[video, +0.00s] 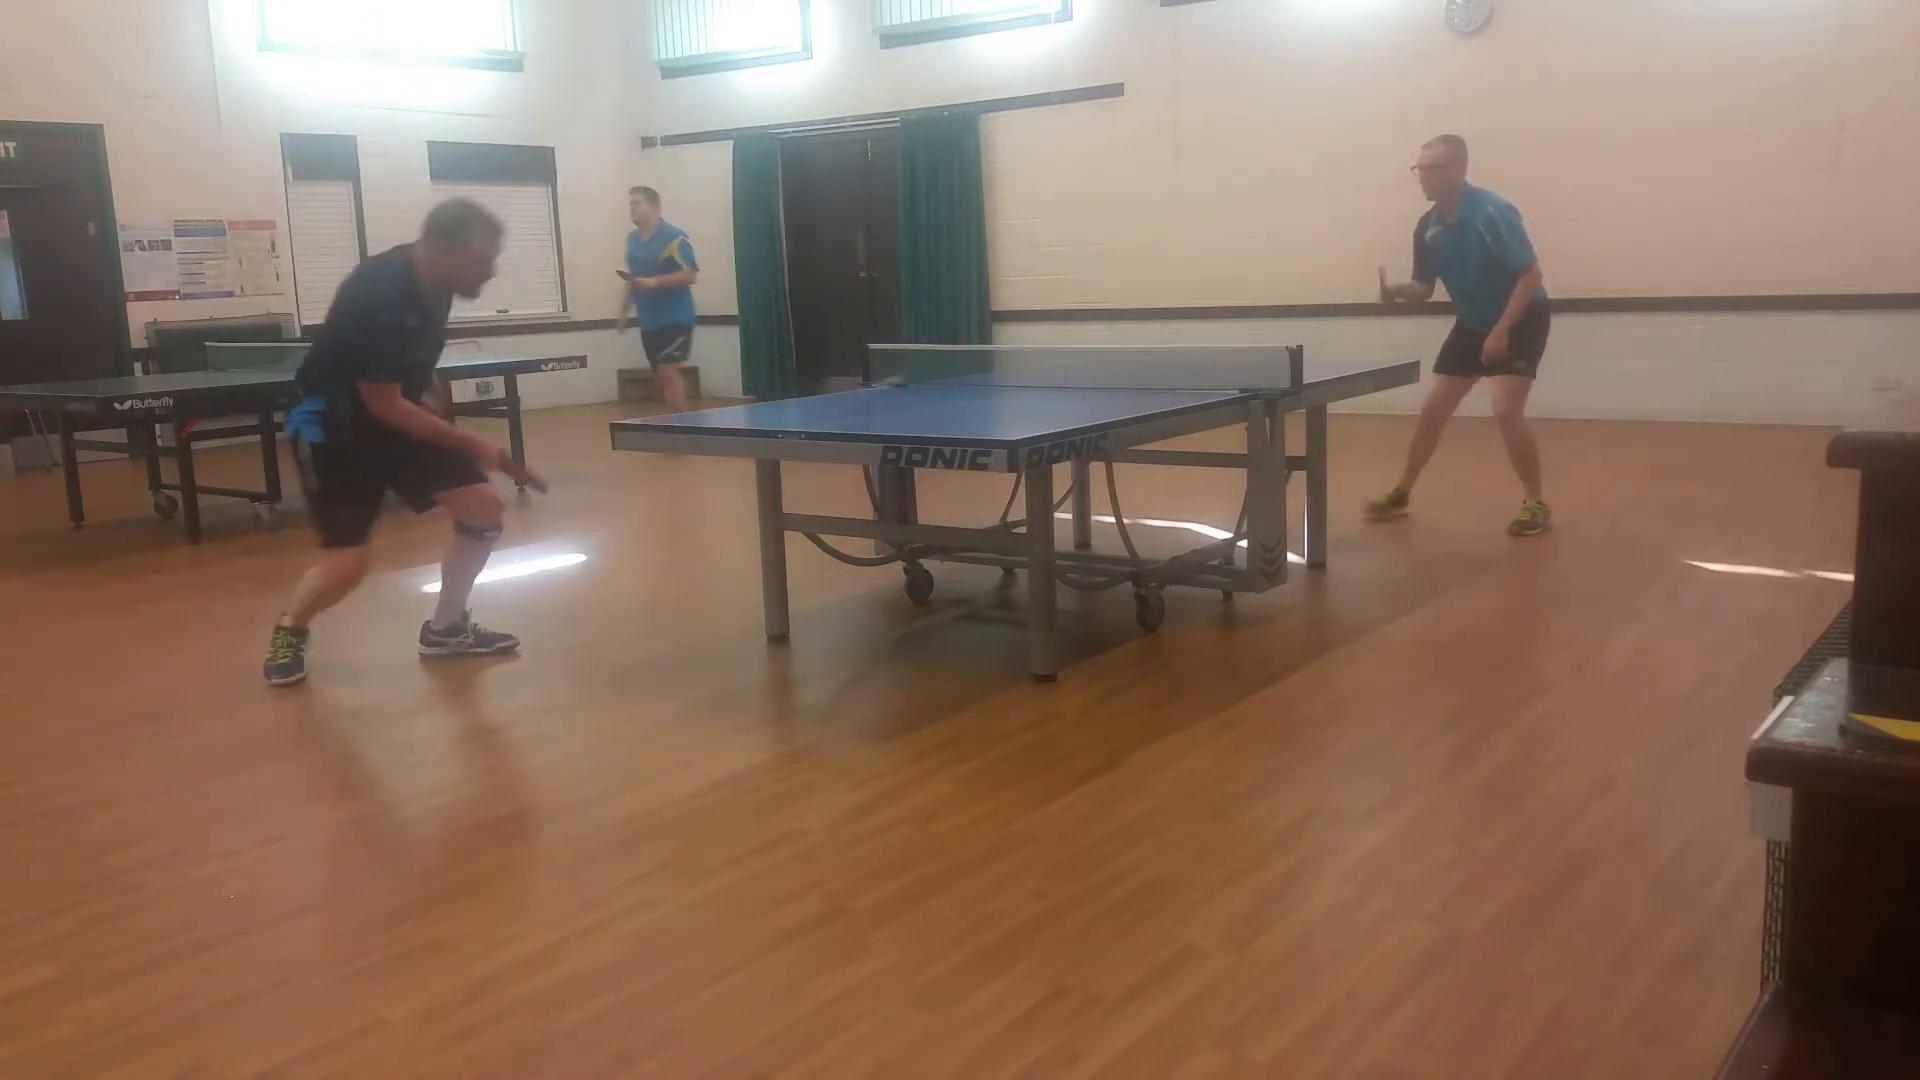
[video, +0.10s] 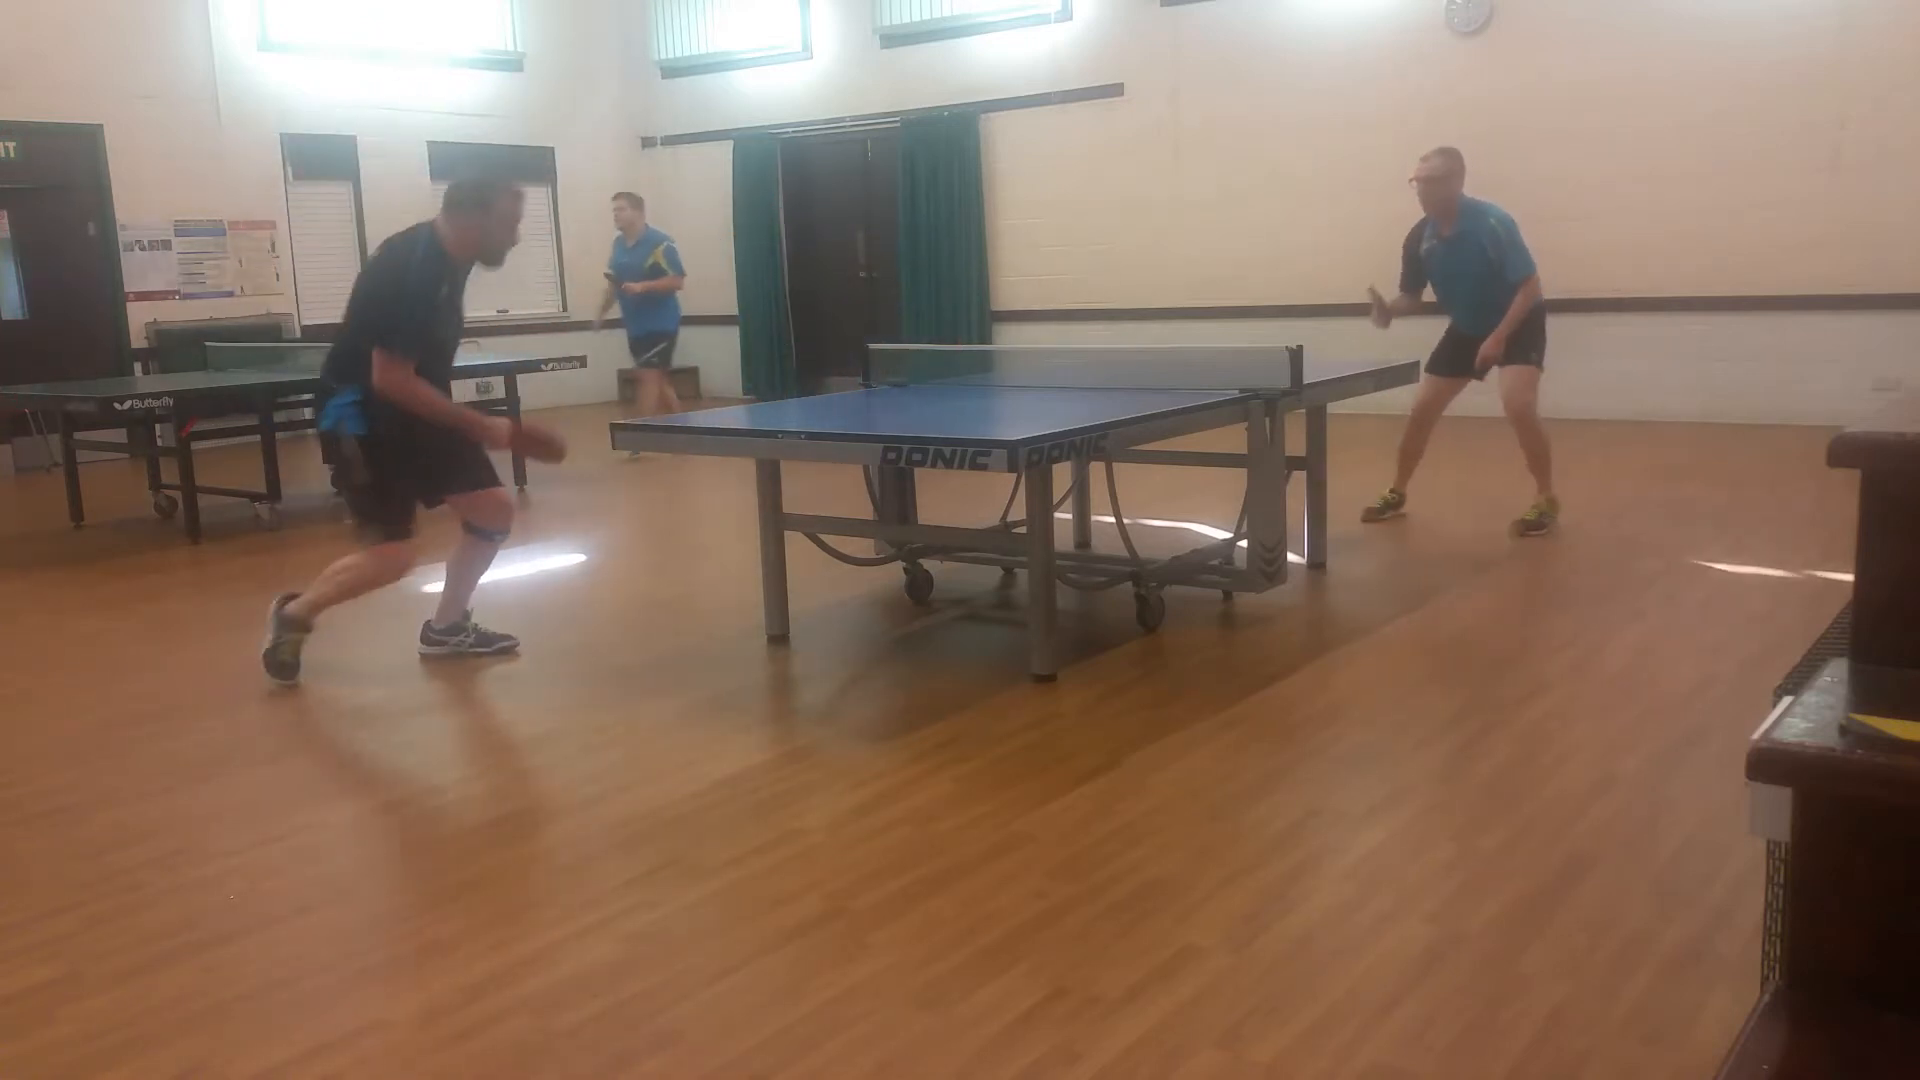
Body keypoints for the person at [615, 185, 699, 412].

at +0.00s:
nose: (631, 208)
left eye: (636, 203)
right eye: (630, 204)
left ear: (653, 206)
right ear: (631, 208)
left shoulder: (675, 236)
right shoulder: (633, 239)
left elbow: (690, 274)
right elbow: (633, 279)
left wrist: (655, 281)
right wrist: (624, 313)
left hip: (676, 317)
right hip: (649, 320)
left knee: (668, 372)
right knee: (662, 375)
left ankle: (682, 424)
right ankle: (677, 424)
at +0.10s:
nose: (615, 215)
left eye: (620, 210)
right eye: (614, 211)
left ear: (638, 212)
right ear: (615, 215)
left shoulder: (660, 242)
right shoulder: (619, 244)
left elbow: (677, 280)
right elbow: (614, 284)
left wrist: (642, 287)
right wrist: (602, 312)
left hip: (661, 323)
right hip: (635, 324)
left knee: (648, 377)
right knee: (658, 381)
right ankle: (685, 432)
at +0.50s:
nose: (563, 217)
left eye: (568, 212)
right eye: (561, 212)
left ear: (585, 212)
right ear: (562, 214)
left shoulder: (610, 240)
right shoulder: (565, 242)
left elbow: (628, 279)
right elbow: (571, 284)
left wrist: (594, 292)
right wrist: (568, 316)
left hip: (615, 318)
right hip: (584, 318)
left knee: (611, 375)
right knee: (569, 373)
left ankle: (624, 442)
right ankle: (562, 432)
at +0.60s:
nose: (556, 227)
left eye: (560, 221)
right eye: (554, 222)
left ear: (577, 222)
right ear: (555, 224)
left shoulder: (602, 251)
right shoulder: (555, 253)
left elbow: (621, 288)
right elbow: (556, 292)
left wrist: (588, 296)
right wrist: (549, 313)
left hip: (603, 328)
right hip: (569, 328)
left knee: (604, 384)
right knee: (557, 383)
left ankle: (624, 443)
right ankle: (558, 440)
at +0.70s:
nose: (549, 231)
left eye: (554, 225)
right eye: (547, 226)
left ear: (571, 227)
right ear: (545, 229)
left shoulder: (594, 254)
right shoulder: (545, 256)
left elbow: (613, 292)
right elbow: (539, 291)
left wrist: (572, 302)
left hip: (593, 329)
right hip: (559, 331)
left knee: (601, 374)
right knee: (549, 384)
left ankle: (620, 442)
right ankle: (553, 447)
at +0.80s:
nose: (551, 231)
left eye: (554, 225)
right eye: (548, 226)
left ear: (567, 223)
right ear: (546, 227)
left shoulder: (590, 251)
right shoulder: (544, 256)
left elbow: (607, 291)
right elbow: (541, 294)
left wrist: (576, 300)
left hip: (596, 328)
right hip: (559, 328)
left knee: (605, 377)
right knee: (551, 383)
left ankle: (624, 440)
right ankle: (556, 446)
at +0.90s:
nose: (554, 228)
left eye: (557, 221)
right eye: (551, 222)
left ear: (566, 222)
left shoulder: (587, 252)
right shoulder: (544, 255)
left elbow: (602, 293)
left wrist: (569, 302)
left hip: (598, 328)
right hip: (566, 329)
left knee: (606, 380)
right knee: (549, 382)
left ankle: (627, 443)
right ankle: (555, 447)